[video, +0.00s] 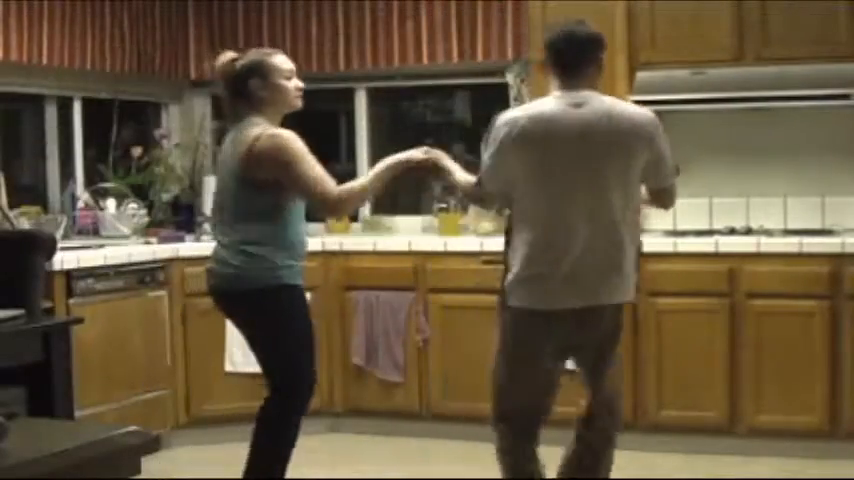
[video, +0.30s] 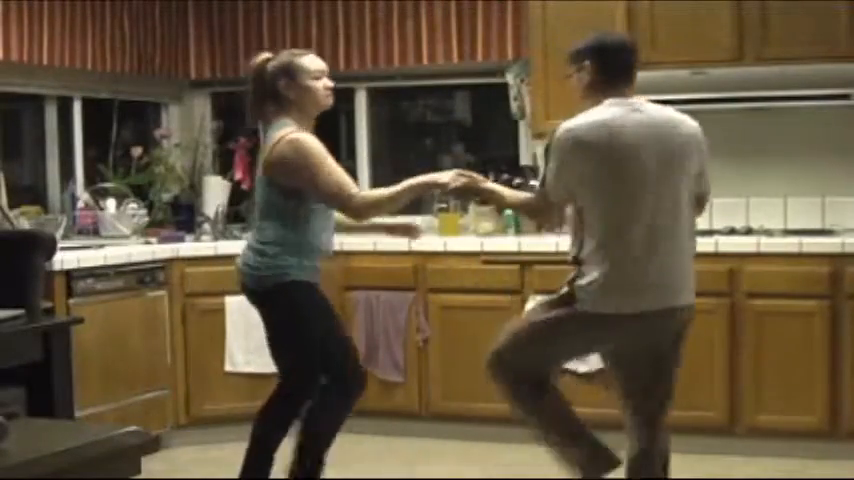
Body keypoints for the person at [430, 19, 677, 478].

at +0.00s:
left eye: (553, 64)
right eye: (598, 63)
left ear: (548, 65)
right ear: (600, 64)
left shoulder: (514, 125)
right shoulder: (639, 123)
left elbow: (486, 194)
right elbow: (664, 195)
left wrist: (444, 165)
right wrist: (620, 181)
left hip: (533, 300)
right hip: (606, 298)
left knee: (517, 427)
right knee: (604, 406)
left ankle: (525, 477)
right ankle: (580, 476)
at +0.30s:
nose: (573, 83)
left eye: (576, 73)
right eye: (574, 74)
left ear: (591, 72)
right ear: (632, 74)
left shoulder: (576, 134)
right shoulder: (685, 128)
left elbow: (545, 211)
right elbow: (697, 202)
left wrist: (484, 188)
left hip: (605, 302)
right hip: (673, 300)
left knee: (511, 364)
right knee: (649, 423)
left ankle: (593, 463)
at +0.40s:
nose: (574, 84)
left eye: (577, 73)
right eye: (575, 74)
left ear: (595, 71)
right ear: (633, 74)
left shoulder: (584, 131)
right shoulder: (686, 128)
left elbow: (555, 213)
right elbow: (689, 205)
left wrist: (502, 193)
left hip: (616, 304)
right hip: (680, 302)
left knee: (526, 373)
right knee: (653, 427)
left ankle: (626, 451)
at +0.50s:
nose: (574, 84)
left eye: (576, 73)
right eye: (575, 74)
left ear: (590, 74)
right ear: (630, 76)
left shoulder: (586, 131)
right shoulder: (677, 129)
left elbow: (568, 219)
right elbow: (669, 211)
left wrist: (521, 200)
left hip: (621, 305)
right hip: (680, 302)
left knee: (554, 408)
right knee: (651, 433)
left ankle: (615, 473)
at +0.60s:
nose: (559, 84)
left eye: (561, 74)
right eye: (559, 74)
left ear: (576, 73)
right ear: (619, 76)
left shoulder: (579, 125)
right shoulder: (662, 126)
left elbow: (573, 220)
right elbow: (642, 207)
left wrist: (531, 207)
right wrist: (552, 199)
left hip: (618, 301)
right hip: (671, 295)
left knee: (593, 425)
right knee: (651, 423)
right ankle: (652, 473)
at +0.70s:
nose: (546, 82)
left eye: (549, 71)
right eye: (548, 72)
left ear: (564, 72)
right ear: (600, 73)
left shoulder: (569, 121)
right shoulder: (645, 123)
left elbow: (565, 213)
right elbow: (637, 204)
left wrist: (524, 209)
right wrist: (547, 202)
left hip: (615, 303)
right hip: (661, 297)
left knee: (604, 438)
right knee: (619, 432)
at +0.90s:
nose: (524, 86)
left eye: (526, 75)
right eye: (523, 76)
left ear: (541, 74)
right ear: (579, 75)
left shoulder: (542, 124)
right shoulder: (629, 129)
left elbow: (540, 205)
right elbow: (652, 208)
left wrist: (469, 218)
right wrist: (586, 212)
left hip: (589, 308)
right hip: (639, 302)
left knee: (604, 435)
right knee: (589, 433)